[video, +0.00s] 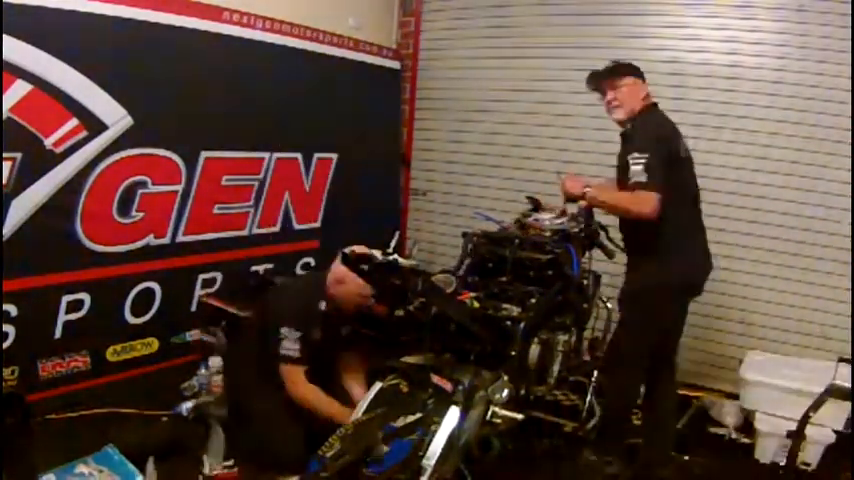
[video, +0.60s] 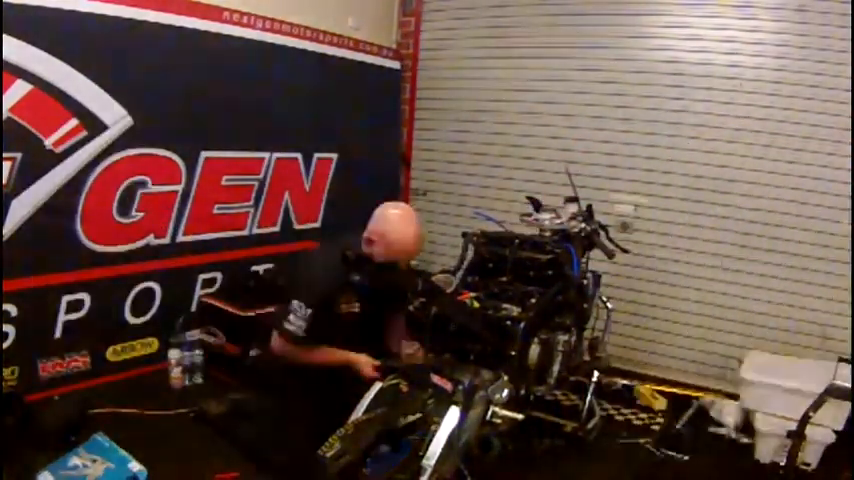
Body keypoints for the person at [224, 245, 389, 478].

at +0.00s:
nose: (364, 306)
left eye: (368, 301)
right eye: (365, 298)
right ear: (346, 282)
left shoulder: (336, 305)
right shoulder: (293, 302)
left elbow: (349, 363)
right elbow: (296, 385)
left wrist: (367, 408)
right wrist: (352, 418)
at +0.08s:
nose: (235, 260)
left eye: (245, 252)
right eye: (232, 251)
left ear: (268, 250)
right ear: (227, 247)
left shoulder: (299, 275)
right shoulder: (214, 289)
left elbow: (325, 325)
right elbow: (193, 350)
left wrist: (302, 358)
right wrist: (237, 370)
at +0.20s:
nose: (261, 275)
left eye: (267, 269)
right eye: (254, 269)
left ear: (279, 259)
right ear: (240, 259)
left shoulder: (300, 281)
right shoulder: (223, 296)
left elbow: (323, 320)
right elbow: (198, 361)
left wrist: (331, 369)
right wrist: (209, 421)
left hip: (303, 392)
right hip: (251, 399)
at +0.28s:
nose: (292, 286)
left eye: (299, 279)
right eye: (285, 278)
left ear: (311, 267)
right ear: (268, 262)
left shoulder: (313, 283)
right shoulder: (241, 292)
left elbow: (328, 326)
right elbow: (229, 367)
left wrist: (331, 356)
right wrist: (283, 374)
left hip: (309, 381)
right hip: (258, 387)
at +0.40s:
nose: (301, 256)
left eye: (304, 249)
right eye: (296, 248)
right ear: (270, 241)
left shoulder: (302, 277)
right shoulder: (237, 283)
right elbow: (228, 356)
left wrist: (327, 324)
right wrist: (290, 338)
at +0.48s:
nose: (295, 256)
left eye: (299, 248)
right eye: (289, 248)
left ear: (303, 244)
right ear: (266, 239)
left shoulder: (300, 277)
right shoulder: (237, 283)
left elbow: (314, 314)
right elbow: (219, 354)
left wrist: (320, 332)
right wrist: (283, 343)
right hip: (258, 409)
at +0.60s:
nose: (397, 271)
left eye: (404, 263)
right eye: (391, 263)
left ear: (413, 250)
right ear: (370, 242)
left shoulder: (398, 278)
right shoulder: (327, 273)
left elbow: (394, 331)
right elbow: (282, 344)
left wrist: (403, 349)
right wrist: (351, 360)